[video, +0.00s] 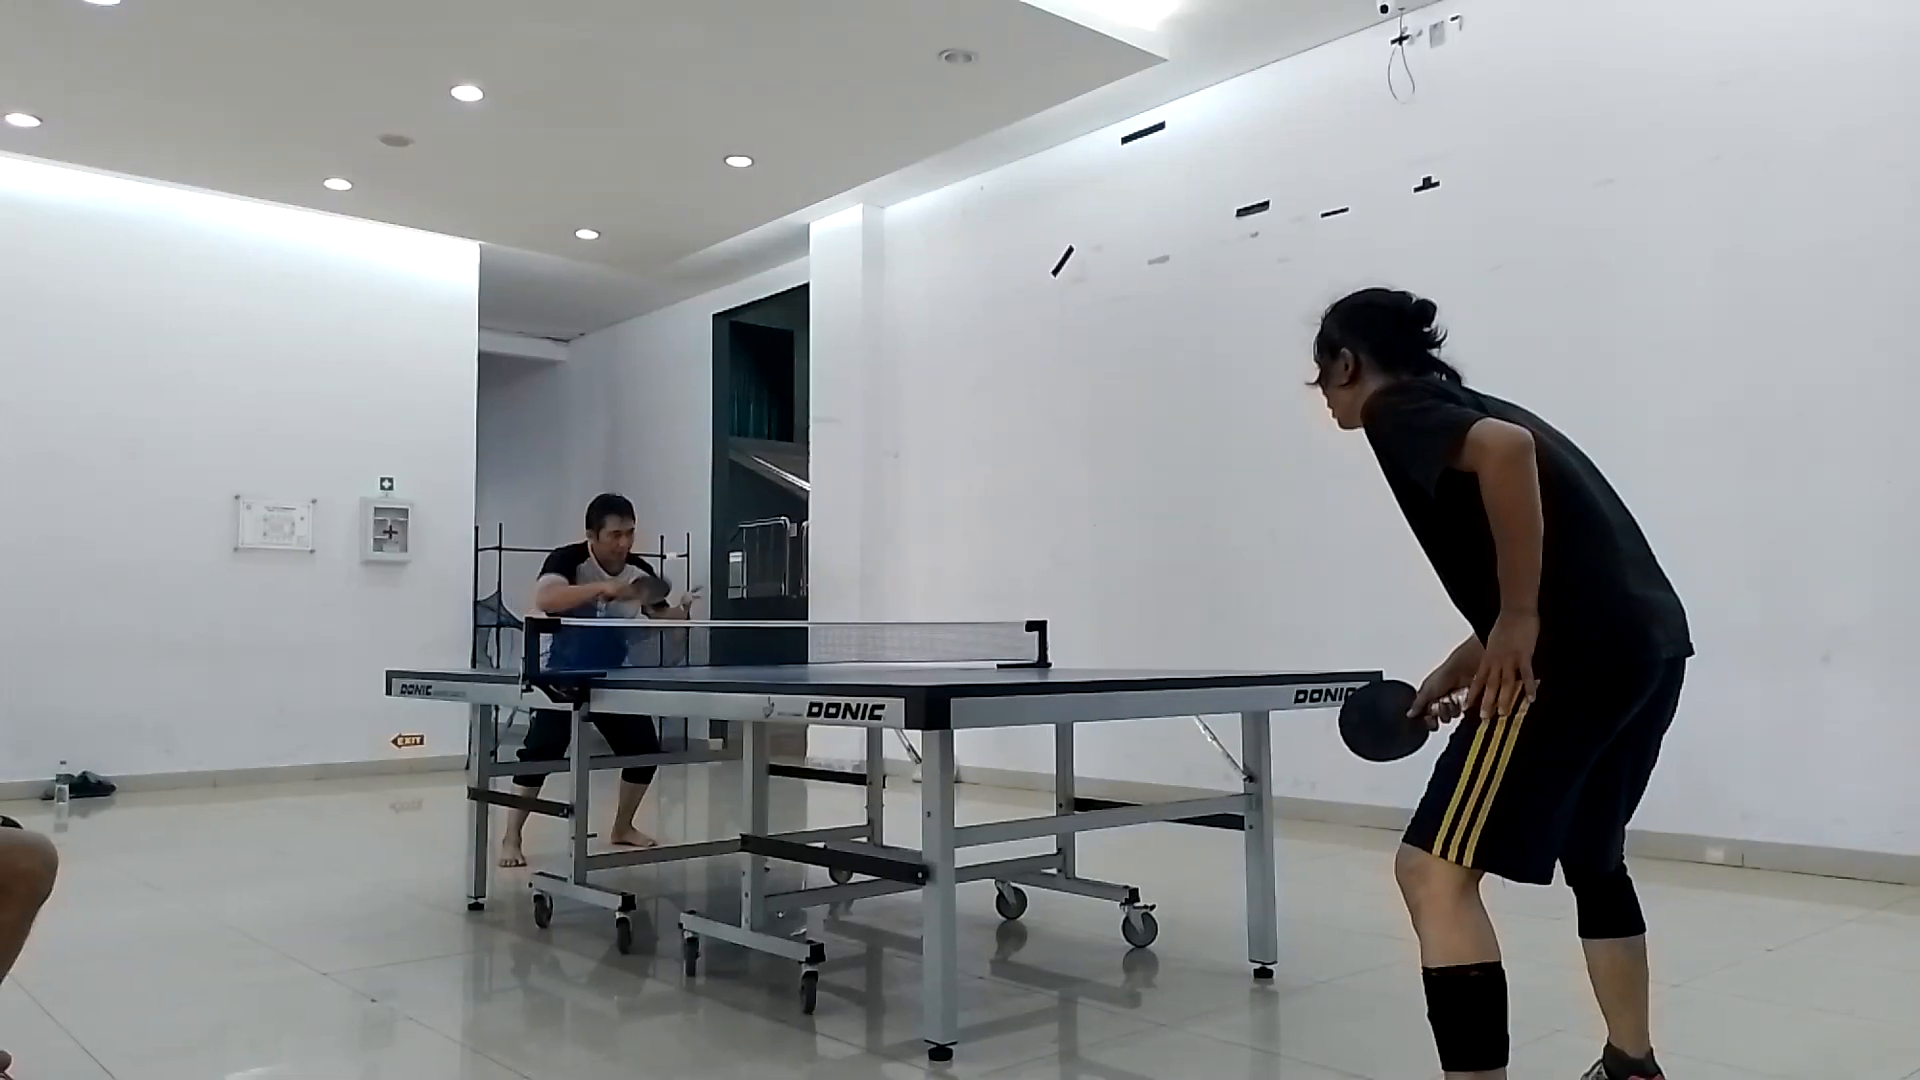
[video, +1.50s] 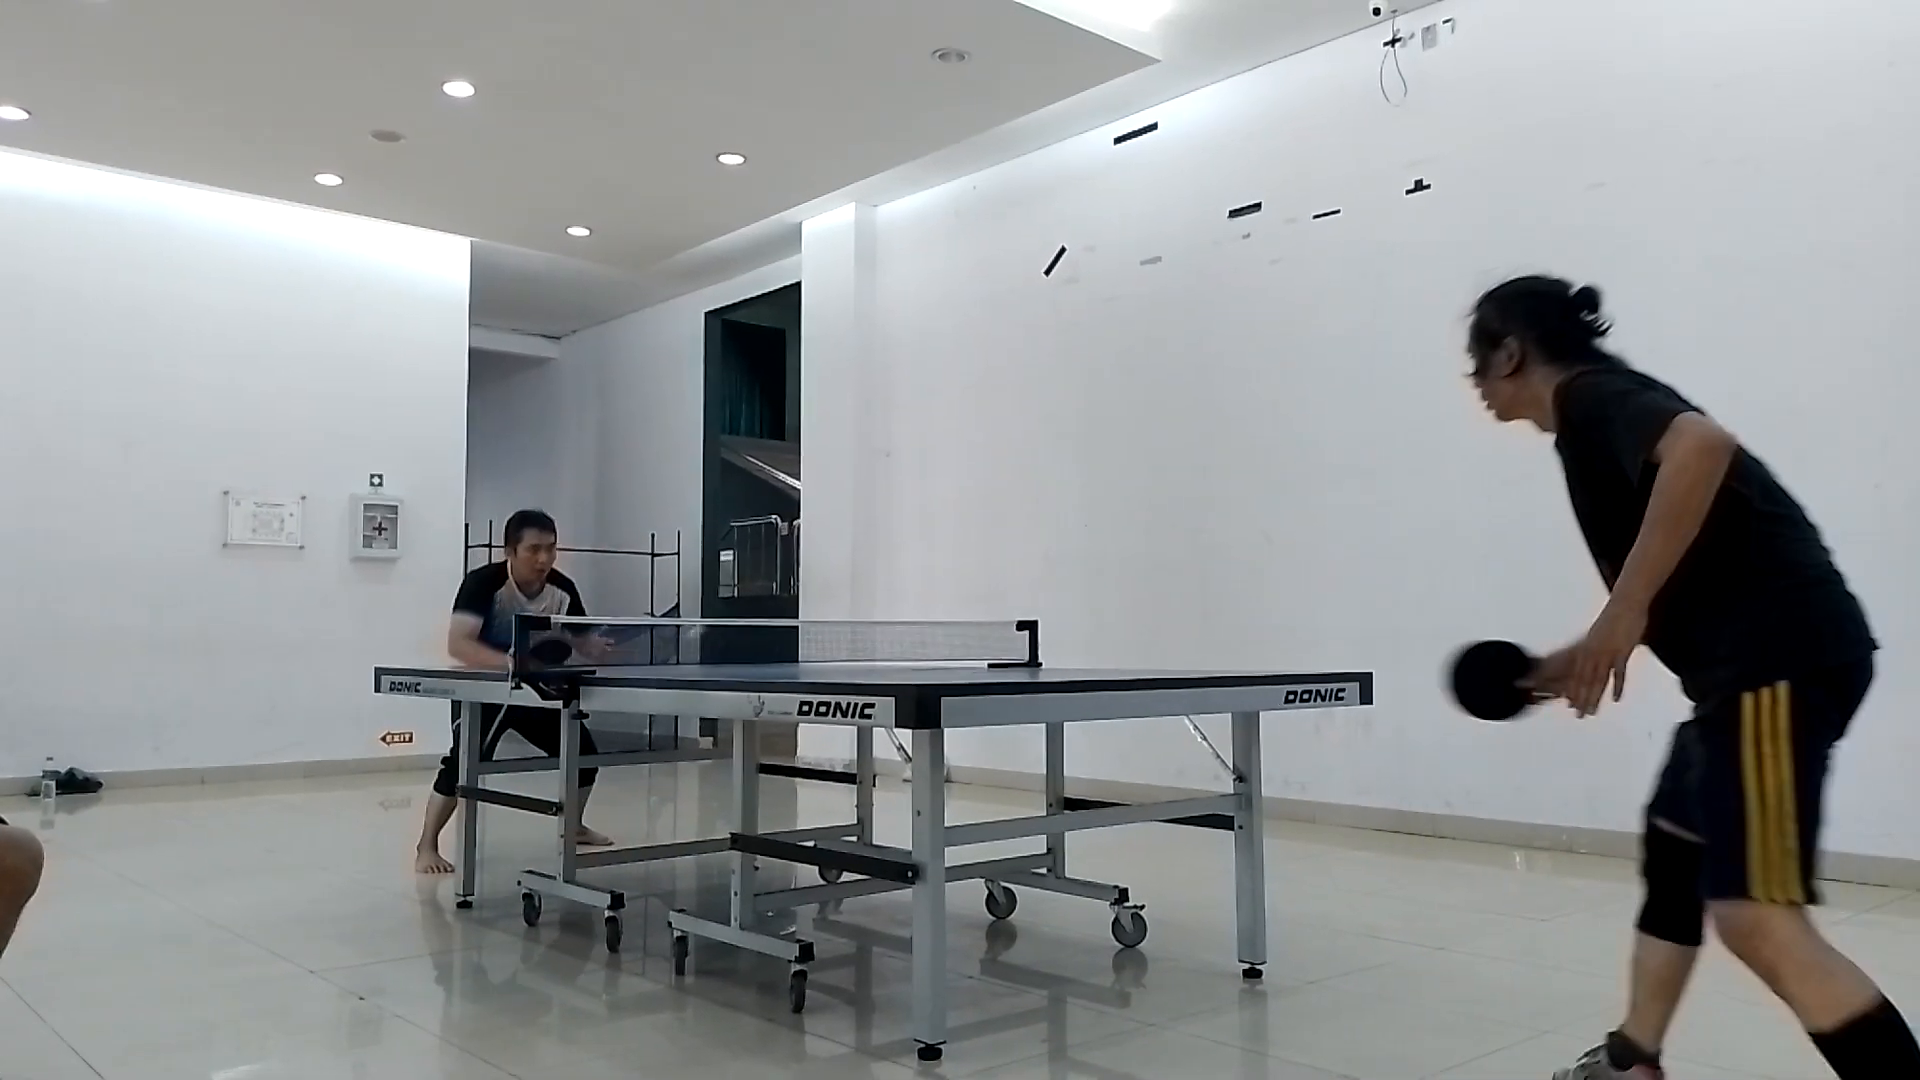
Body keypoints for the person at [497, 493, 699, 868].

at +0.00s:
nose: (625, 543)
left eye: (630, 534)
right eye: (616, 535)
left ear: (634, 534)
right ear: (592, 535)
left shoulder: (635, 570)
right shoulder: (565, 559)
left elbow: (661, 609)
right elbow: (545, 599)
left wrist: (678, 610)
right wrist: (602, 588)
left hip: (611, 681)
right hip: (561, 680)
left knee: (645, 751)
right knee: (542, 750)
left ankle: (623, 828)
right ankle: (511, 836)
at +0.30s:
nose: (615, 547)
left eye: (620, 538)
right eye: (605, 539)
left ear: (626, 536)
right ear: (583, 536)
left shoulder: (630, 576)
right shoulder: (558, 556)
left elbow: (647, 630)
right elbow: (557, 586)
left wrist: (678, 635)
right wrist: (611, 596)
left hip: (603, 680)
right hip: (554, 678)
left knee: (639, 750)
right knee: (536, 751)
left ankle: (618, 829)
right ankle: (507, 837)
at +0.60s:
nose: (617, 540)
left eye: (623, 531)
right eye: (608, 531)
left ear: (630, 531)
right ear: (588, 529)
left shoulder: (637, 574)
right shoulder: (564, 554)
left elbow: (640, 637)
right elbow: (517, 581)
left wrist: (662, 665)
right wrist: (520, 600)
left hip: (609, 684)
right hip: (556, 678)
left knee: (634, 755)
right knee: (531, 756)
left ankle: (617, 832)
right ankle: (506, 840)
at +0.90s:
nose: (600, 538)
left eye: (607, 530)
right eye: (591, 530)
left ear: (613, 533)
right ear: (570, 531)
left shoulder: (622, 580)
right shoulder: (542, 564)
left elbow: (636, 643)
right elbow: (493, 608)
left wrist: (646, 669)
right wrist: (516, 636)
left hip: (593, 690)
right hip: (538, 687)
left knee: (625, 762)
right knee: (491, 765)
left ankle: (614, 831)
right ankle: (452, 836)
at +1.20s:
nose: (570, 533)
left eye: (575, 525)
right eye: (560, 525)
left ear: (581, 527)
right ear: (536, 528)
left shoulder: (583, 577)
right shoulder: (505, 559)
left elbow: (594, 635)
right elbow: (467, 612)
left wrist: (605, 657)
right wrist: (503, 629)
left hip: (549, 679)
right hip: (494, 677)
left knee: (581, 754)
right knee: (473, 757)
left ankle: (575, 831)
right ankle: (448, 847)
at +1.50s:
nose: (544, 558)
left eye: (550, 549)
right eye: (534, 549)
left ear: (556, 549)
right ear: (510, 550)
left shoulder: (563, 589)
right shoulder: (482, 583)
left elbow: (581, 642)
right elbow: (459, 645)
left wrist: (597, 649)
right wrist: (510, 661)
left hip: (538, 696)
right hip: (485, 696)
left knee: (585, 757)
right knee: (464, 762)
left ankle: (573, 828)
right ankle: (427, 845)